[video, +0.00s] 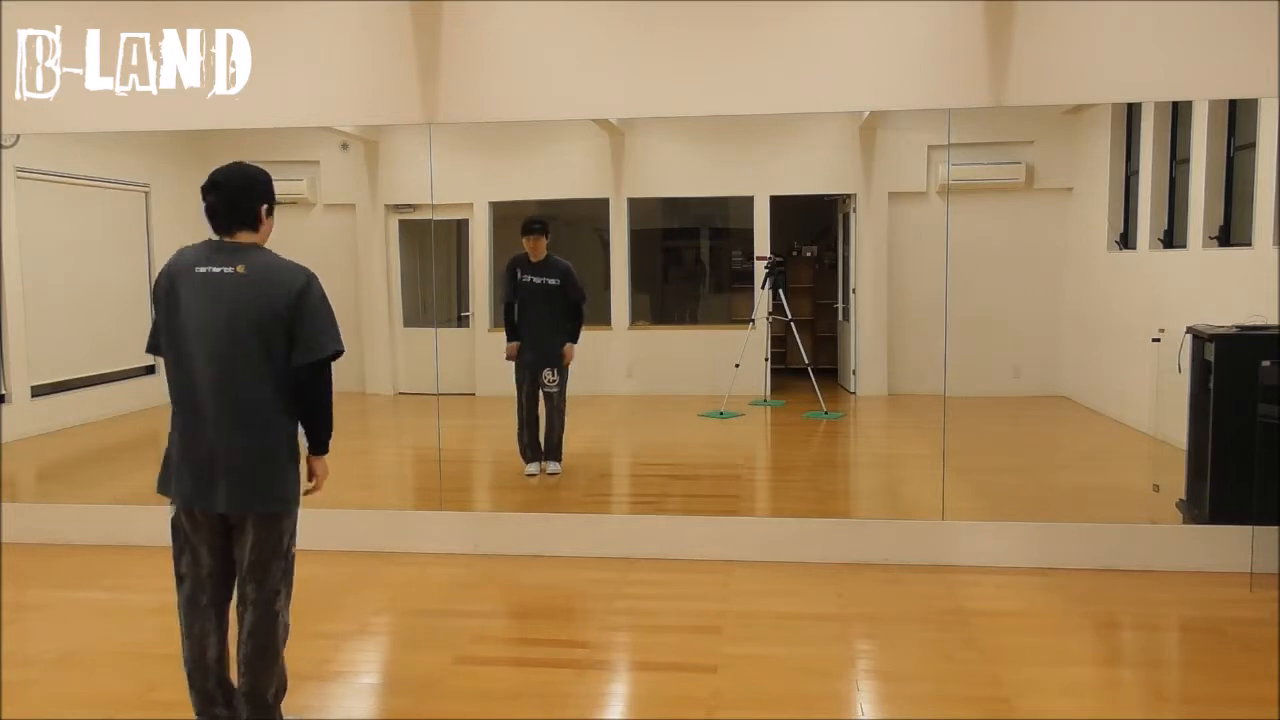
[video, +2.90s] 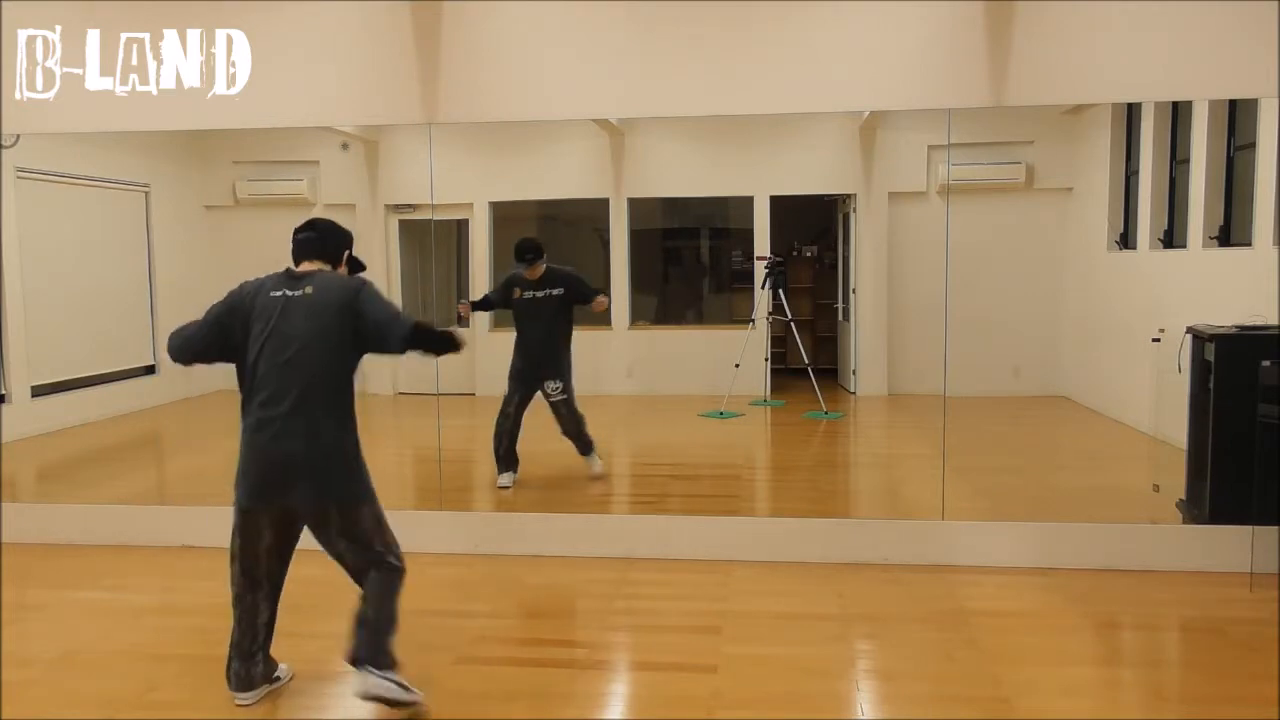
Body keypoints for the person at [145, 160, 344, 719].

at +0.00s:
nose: (273, 217)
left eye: (271, 209)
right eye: (273, 210)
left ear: (210, 214)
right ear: (265, 215)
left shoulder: (177, 271)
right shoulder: (295, 282)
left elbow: (170, 360)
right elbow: (313, 381)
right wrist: (318, 450)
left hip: (193, 467)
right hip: (267, 468)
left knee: (199, 598)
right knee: (265, 598)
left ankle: (213, 710)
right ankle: (260, 709)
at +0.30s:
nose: (281, 250)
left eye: (280, 243)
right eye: (280, 242)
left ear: (219, 241)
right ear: (270, 242)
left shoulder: (174, 296)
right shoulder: (289, 300)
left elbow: (159, 391)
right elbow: (298, 399)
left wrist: (185, 460)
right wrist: (312, 467)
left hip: (180, 487)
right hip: (257, 486)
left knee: (194, 611)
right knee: (263, 605)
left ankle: (210, 711)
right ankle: (257, 710)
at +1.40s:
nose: (337, 304)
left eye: (338, 299)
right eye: (339, 299)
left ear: (289, 279)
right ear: (331, 289)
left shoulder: (231, 302)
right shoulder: (331, 308)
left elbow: (204, 387)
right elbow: (343, 396)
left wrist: (211, 452)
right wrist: (348, 469)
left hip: (212, 462)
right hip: (282, 462)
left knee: (218, 577)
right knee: (294, 578)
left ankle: (216, 688)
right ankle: (293, 692)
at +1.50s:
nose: (335, 318)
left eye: (337, 312)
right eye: (338, 311)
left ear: (289, 293)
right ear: (330, 300)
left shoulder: (239, 323)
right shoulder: (329, 331)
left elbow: (210, 414)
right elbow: (347, 416)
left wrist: (208, 495)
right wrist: (352, 497)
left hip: (228, 466)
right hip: (291, 468)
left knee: (256, 552)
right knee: (307, 587)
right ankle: (297, 692)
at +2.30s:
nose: (337, 291)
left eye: (338, 286)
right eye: (338, 285)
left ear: (289, 264)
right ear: (329, 275)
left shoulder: (237, 284)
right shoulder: (334, 294)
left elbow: (221, 361)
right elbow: (360, 378)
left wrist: (245, 414)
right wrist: (368, 443)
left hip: (233, 448)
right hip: (295, 451)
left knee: (257, 560)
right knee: (304, 571)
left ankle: (258, 649)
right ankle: (283, 688)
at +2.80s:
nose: (343, 288)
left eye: (341, 283)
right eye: (343, 282)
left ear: (289, 275)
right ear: (334, 279)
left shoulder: (244, 305)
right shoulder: (341, 310)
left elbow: (203, 379)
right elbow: (359, 377)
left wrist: (245, 381)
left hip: (246, 470)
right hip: (311, 468)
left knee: (248, 577)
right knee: (346, 557)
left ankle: (248, 676)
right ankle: (308, 625)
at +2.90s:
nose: (348, 268)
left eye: (346, 263)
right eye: (348, 262)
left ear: (293, 257)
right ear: (342, 261)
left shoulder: (250, 296)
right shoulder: (350, 292)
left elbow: (179, 346)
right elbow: (400, 330)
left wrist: (234, 335)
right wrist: (444, 341)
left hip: (261, 468)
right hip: (329, 467)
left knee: (254, 577)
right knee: (382, 563)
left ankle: (248, 676)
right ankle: (372, 661)